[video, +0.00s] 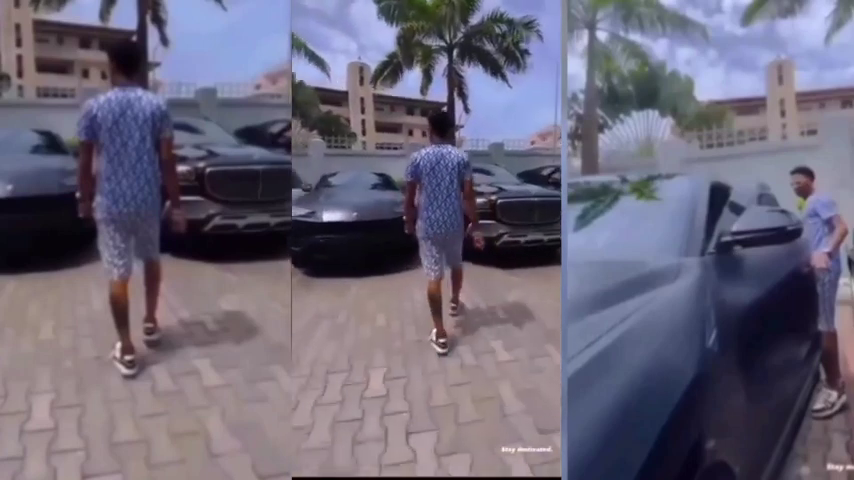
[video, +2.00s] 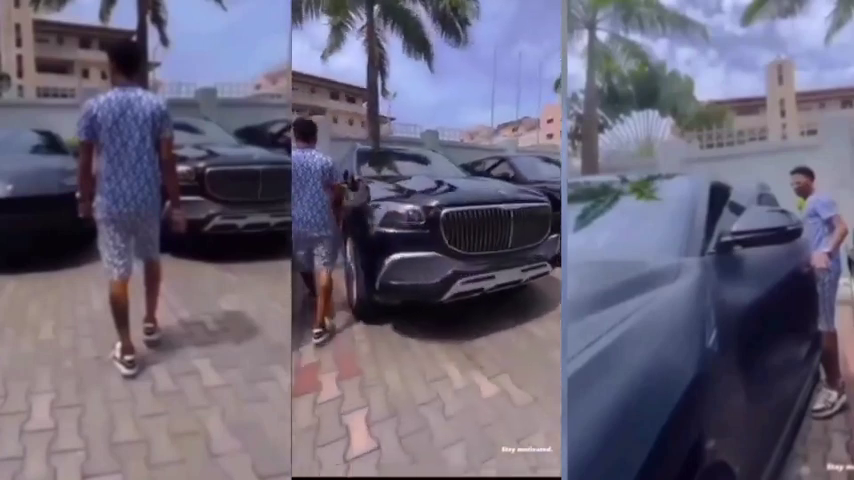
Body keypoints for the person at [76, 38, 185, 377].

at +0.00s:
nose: (112, 71)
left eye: (111, 66)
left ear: (112, 67)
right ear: (142, 67)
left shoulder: (95, 107)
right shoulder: (155, 105)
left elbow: (85, 161)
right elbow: (167, 159)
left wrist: (85, 199)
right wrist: (175, 202)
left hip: (110, 201)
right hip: (147, 200)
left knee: (118, 273)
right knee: (151, 260)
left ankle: (125, 348)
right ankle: (150, 319)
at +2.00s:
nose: (112, 71)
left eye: (111, 66)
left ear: (112, 67)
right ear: (142, 67)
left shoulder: (95, 107)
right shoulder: (155, 105)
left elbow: (85, 161)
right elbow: (167, 159)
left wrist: (85, 199)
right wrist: (175, 202)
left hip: (110, 201)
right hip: (147, 200)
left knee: (118, 273)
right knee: (151, 260)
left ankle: (125, 348)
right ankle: (150, 319)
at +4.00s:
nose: (110, 72)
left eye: (110, 66)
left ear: (112, 68)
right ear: (142, 67)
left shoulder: (96, 107)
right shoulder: (156, 106)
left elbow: (85, 161)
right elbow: (167, 160)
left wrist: (85, 199)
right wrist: (175, 202)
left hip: (110, 201)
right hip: (147, 200)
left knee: (118, 273)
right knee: (151, 260)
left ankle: (125, 348)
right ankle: (150, 319)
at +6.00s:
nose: (110, 71)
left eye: (110, 66)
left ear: (112, 68)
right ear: (142, 67)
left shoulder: (95, 107)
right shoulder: (156, 106)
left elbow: (85, 161)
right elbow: (167, 160)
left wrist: (84, 199)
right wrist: (175, 202)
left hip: (110, 201)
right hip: (147, 200)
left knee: (118, 273)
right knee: (151, 260)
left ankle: (125, 348)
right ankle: (150, 319)